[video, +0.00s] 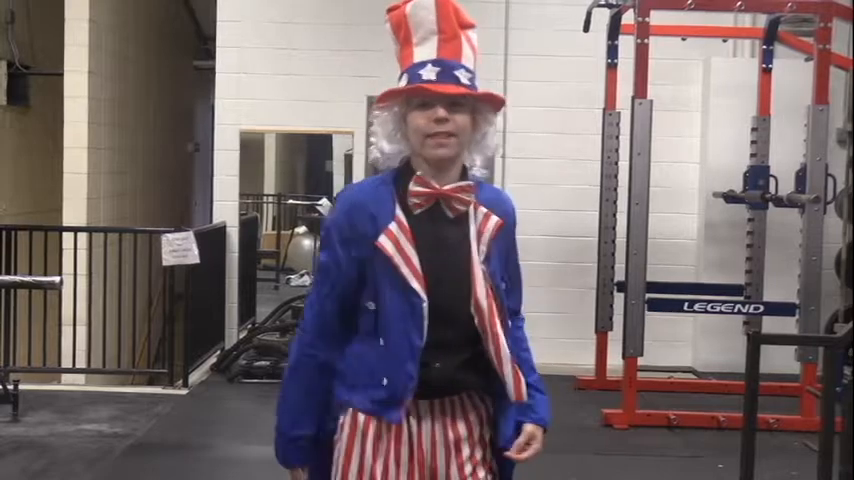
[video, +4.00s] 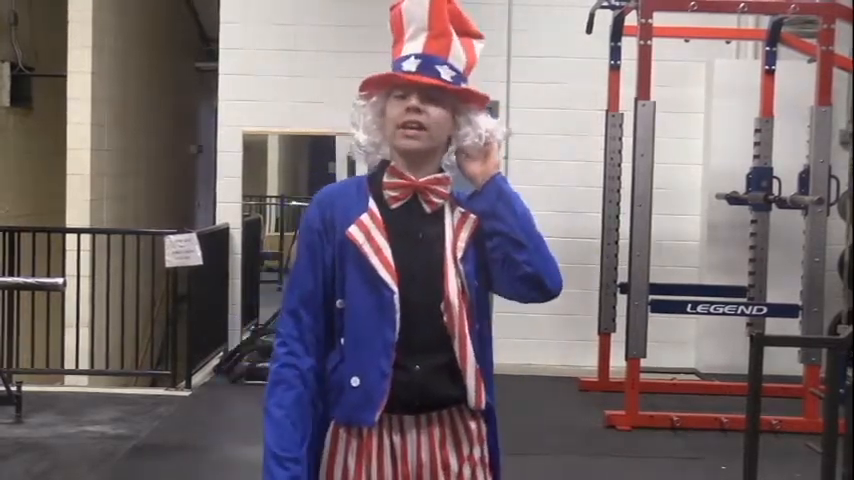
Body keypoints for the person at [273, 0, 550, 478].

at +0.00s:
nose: (441, 117)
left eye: (455, 105)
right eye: (425, 105)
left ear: (475, 121)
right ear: (404, 121)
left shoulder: (496, 209)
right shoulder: (360, 207)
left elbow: (510, 320)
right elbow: (322, 328)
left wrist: (531, 406)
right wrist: (298, 440)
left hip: (466, 422)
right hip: (376, 424)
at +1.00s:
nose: (440, 129)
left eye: (455, 117)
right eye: (426, 115)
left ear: (475, 129)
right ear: (404, 124)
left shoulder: (489, 216)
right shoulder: (354, 205)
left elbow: (555, 321)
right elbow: (312, 336)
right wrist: (280, 459)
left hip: (467, 429)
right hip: (375, 431)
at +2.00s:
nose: (402, 116)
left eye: (423, 109)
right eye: (395, 101)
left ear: (450, 132)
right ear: (378, 113)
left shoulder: (467, 214)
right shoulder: (329, 203)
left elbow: (549, 256)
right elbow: (287, 332)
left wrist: (479, 171)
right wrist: (285, 464)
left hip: (442, 431)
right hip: (351, 436)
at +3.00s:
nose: (396, 121)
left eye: (417, 116)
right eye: (389, 106)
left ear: (440, 140)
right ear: (370, 115)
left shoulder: (448, 223)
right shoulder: (311, 202)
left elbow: (507, 307)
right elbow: (255, 324)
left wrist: (469, 205)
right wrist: (225, 459)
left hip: (404, 440)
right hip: (312, 437)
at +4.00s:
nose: (414, 107)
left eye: (432, 99)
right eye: (401, 95)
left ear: (456, 121)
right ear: (382, 111)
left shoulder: (475, 211)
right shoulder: (335, 207)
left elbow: (542, 285)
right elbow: (298, 346)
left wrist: (488, 183)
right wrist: (286, 467)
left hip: (455, 437)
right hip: (358, 440)